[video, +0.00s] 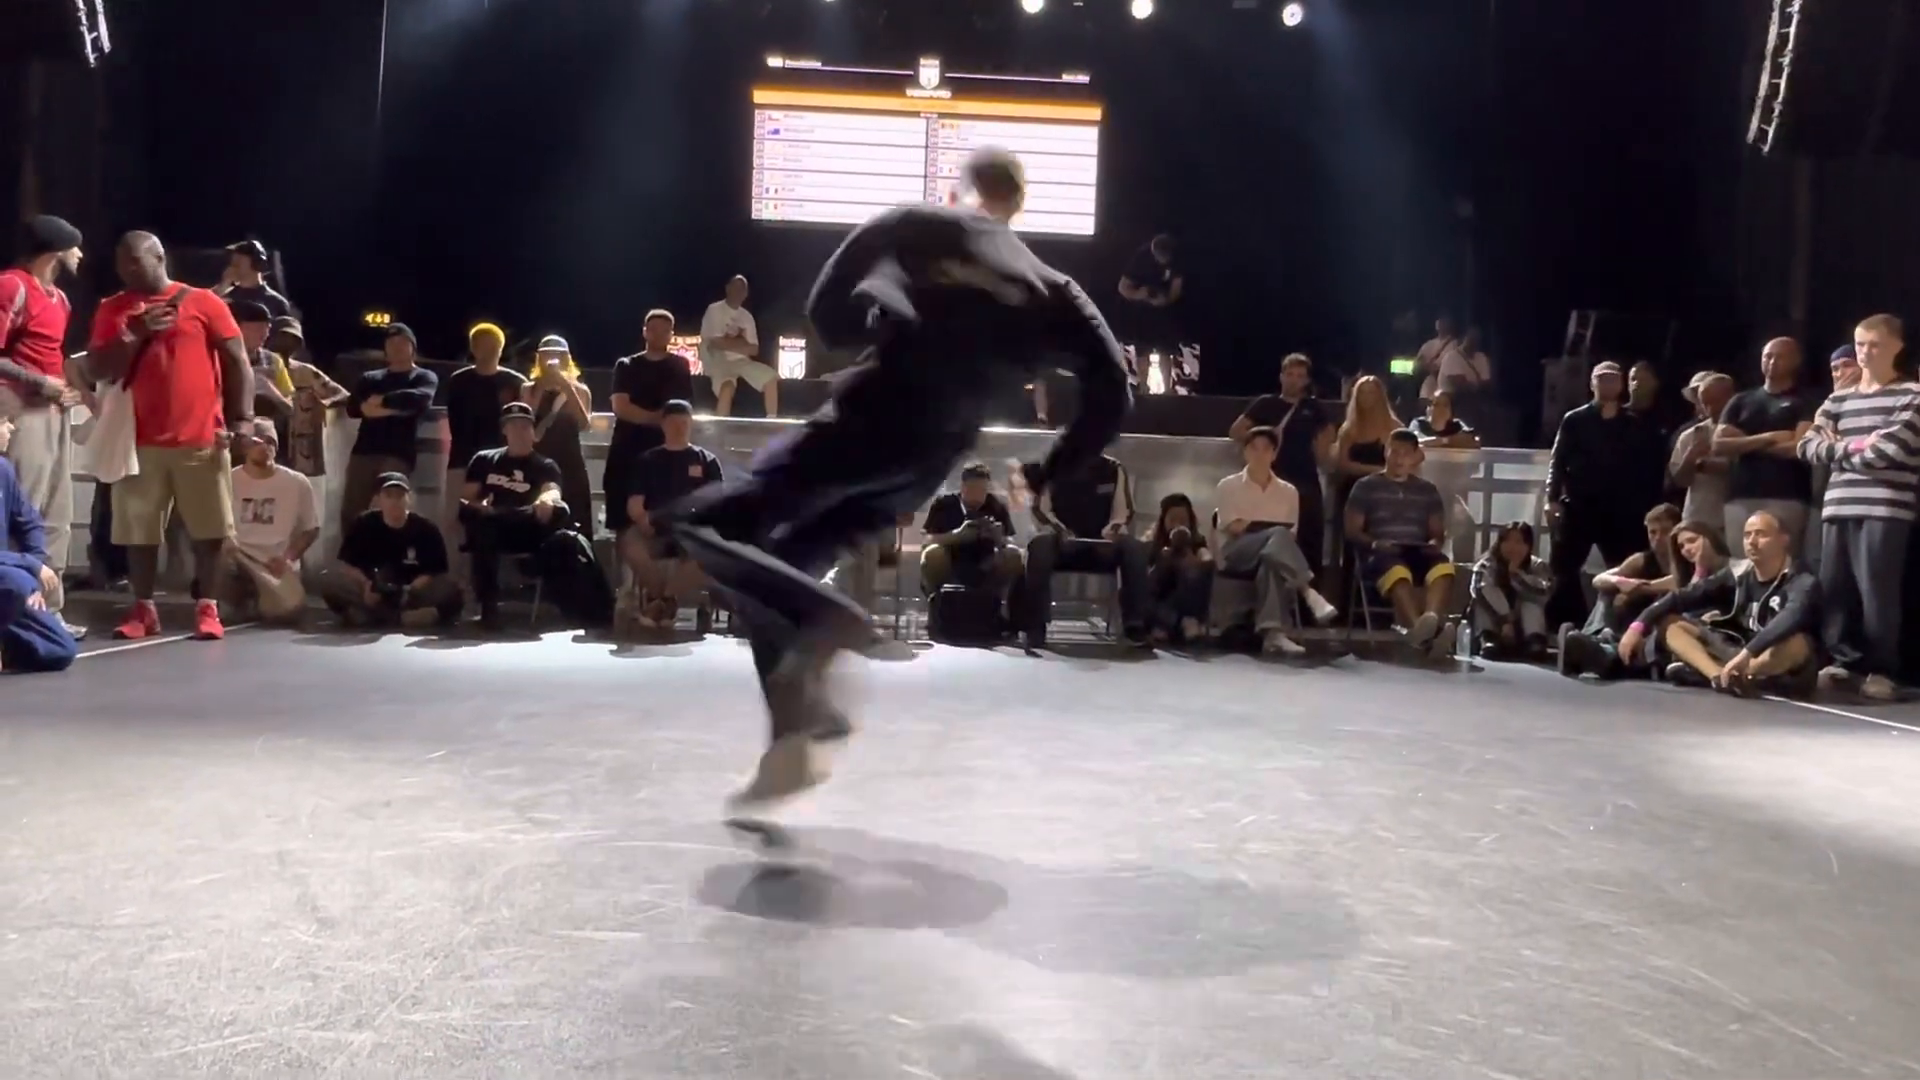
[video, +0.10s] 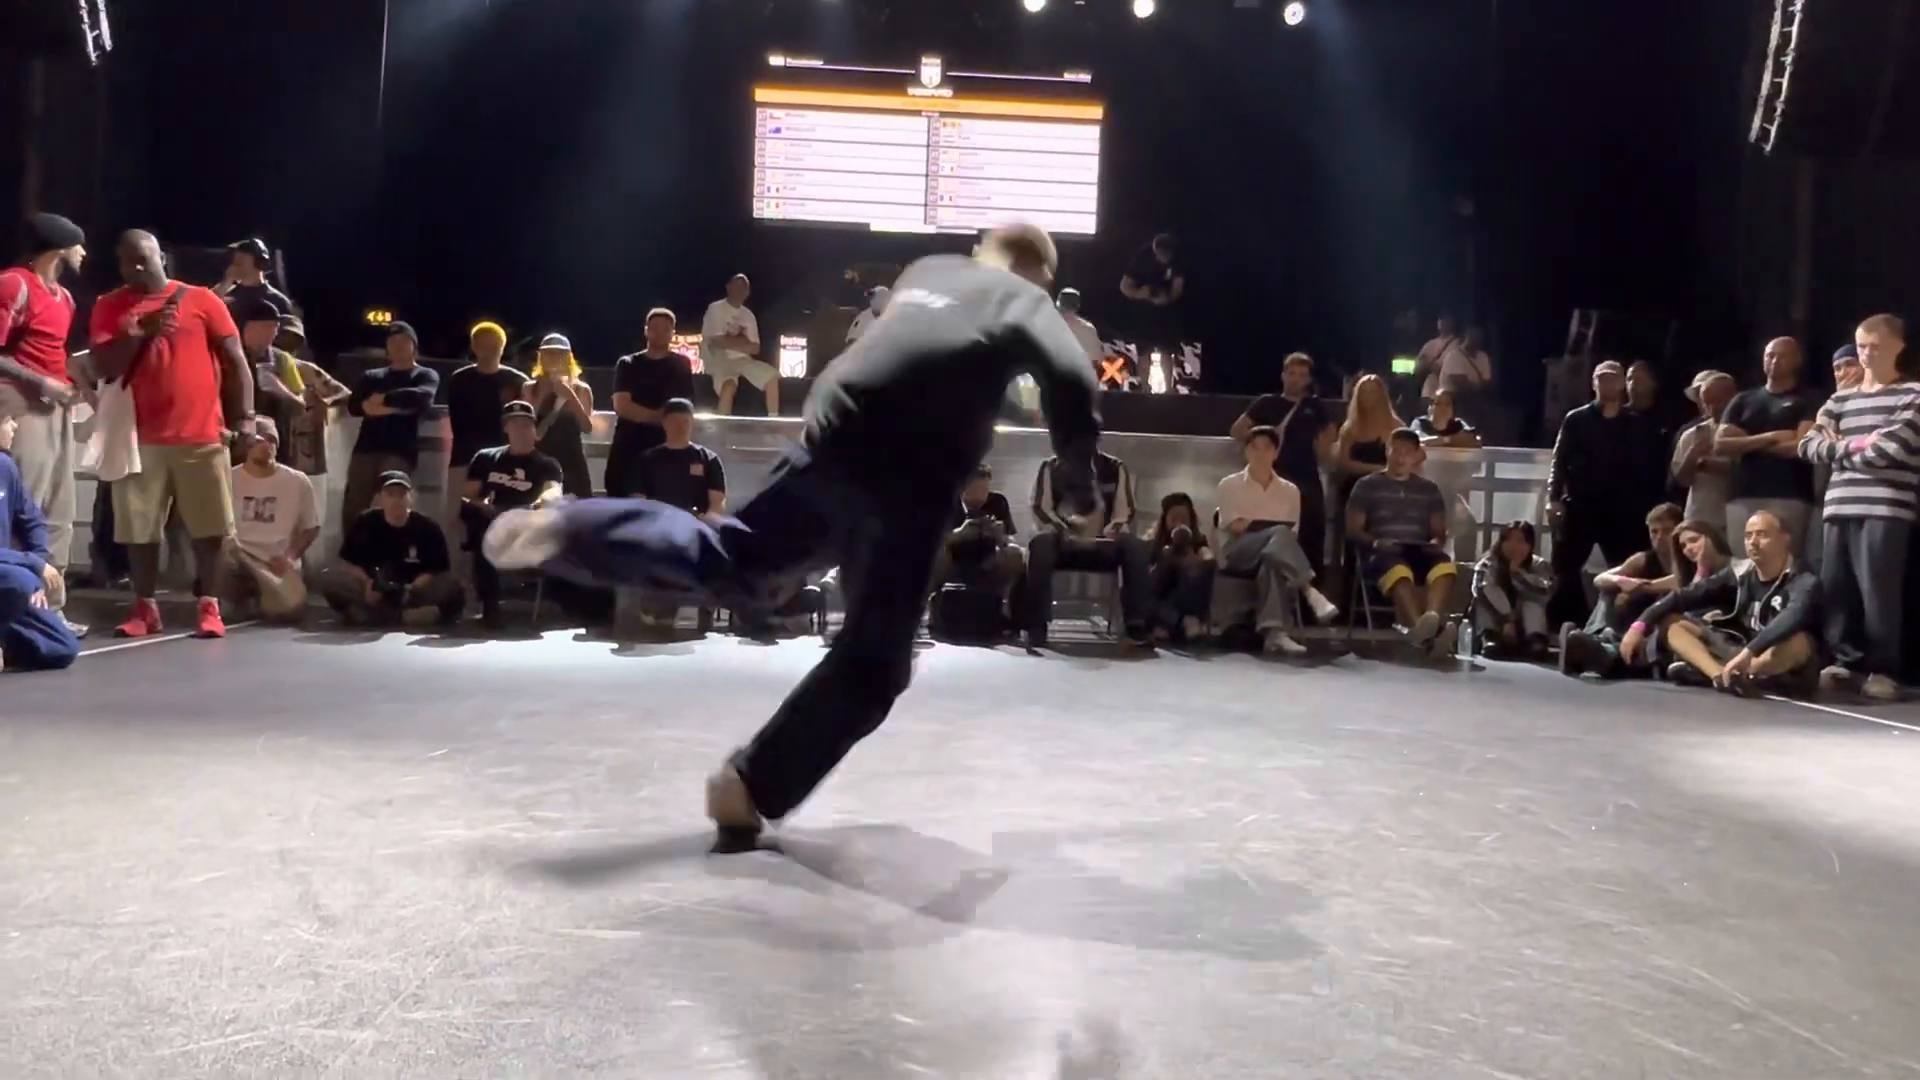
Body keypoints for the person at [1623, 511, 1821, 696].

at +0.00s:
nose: (1752, 542)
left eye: (1761, 535)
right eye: (1748, 536)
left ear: (1784, 540)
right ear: (1743, 540)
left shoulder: (1802, 582)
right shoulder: (1738, 574)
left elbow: (1791, 619)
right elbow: (1686, 596)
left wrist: (1748, 653)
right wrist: (1638, 626)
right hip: (1738, 653)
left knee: (1797, 643)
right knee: (1673, 630)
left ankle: (1717, 678)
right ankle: (1719, 677)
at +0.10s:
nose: (1752, 542)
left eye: (1761, 535)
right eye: (1748, 536)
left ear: (1785, 540)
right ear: (1743, 540)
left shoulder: (1804, 581)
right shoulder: (1740, 573)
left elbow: (1793, 618)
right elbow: (1688, 595)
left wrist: (1749, 653)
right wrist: (1640, 626)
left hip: (1783, 662)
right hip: (1741, 650)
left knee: (1798, 642)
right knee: (1674, 627)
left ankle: (1723, 678)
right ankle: (1721, 677)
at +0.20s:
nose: (1754, 541)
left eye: (1764, 534)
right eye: (1751, 535)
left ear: (1787, 540)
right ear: (1746, 540)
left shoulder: (1806, 582)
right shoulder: (1742, 572)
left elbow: (1794, 619)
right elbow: (1690, 595)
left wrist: (1752, 651)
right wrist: (1642, 625)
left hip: (1785, 661)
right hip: (1743, 650)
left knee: (1800, 642)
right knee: (1676, 628)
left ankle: (1726, 677)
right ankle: (1723, 677)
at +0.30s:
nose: (1756, 540)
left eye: (1765, 533)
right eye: (1753, 534)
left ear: (1789, 540)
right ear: (1747, 539)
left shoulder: (1807, 582)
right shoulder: (1743, 572)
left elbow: (1796, 619)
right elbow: (1692, 595)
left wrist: (1753, 651)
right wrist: (1643, 625)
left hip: (1787, 663)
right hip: (1744, 651)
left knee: (1801, 642)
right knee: (1677, 627)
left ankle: (1725, 677)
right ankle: (1724, 676)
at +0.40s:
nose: (1757, 540)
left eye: (1767, 534)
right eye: (1754, 534)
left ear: (1790, 540)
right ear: (1749, 539)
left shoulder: (1809, 582)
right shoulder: (1744, 570)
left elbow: (1797, 619)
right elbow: (1693, 595)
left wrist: (1753, 651)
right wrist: (1644, 625)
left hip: (1787, 661)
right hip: (1744, 651)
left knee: (1802, 642)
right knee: (1678, 628)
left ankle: (1725, 677)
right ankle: (1725, 676)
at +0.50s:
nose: (1758, 542)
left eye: (1767, 535)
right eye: (1755, 536)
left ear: (1792, 540)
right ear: (1749, 540)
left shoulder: (1810, 582)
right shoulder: (1745, 572)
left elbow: (1798, 620)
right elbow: (1693, 595)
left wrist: (1754, 651)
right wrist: (1645, 625)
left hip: (1789, 661)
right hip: (1746, 651)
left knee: (1803, 643)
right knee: (1679, 627)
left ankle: (1726, 678)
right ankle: (1726, 677)